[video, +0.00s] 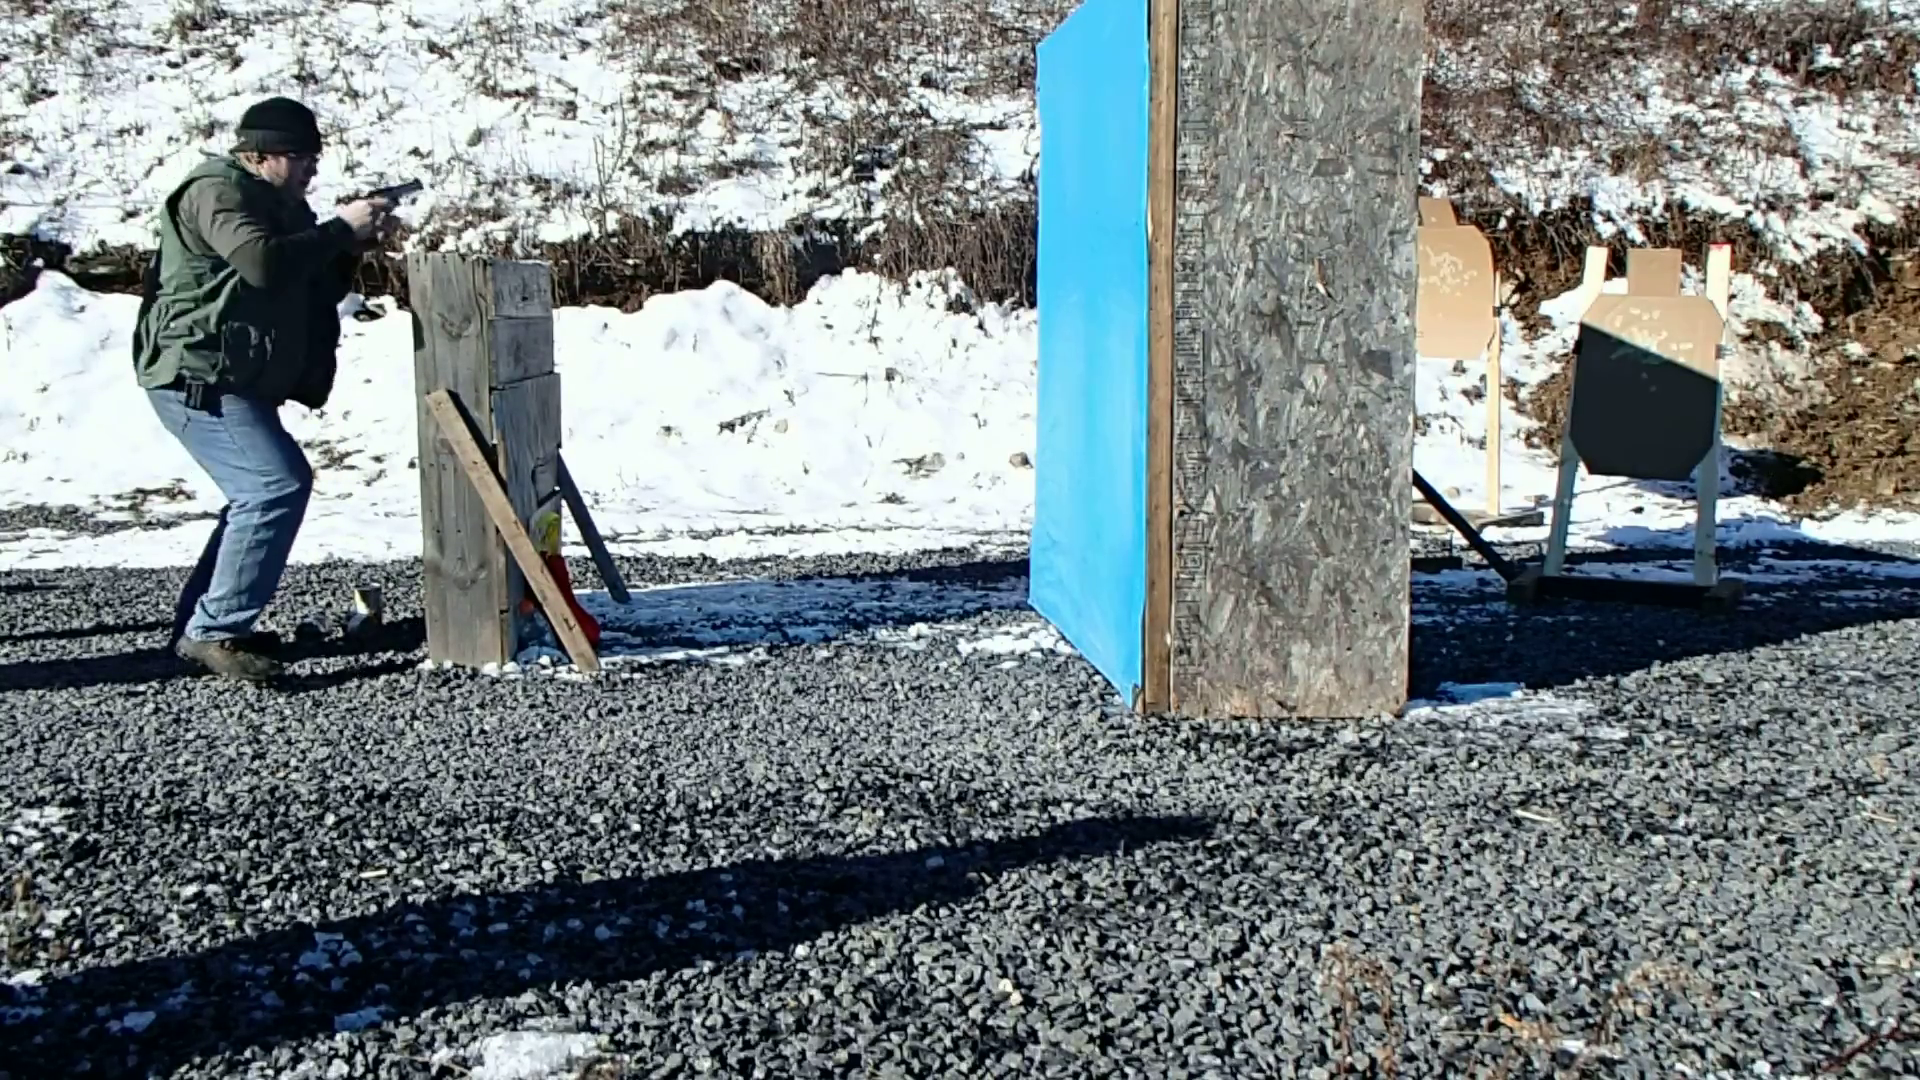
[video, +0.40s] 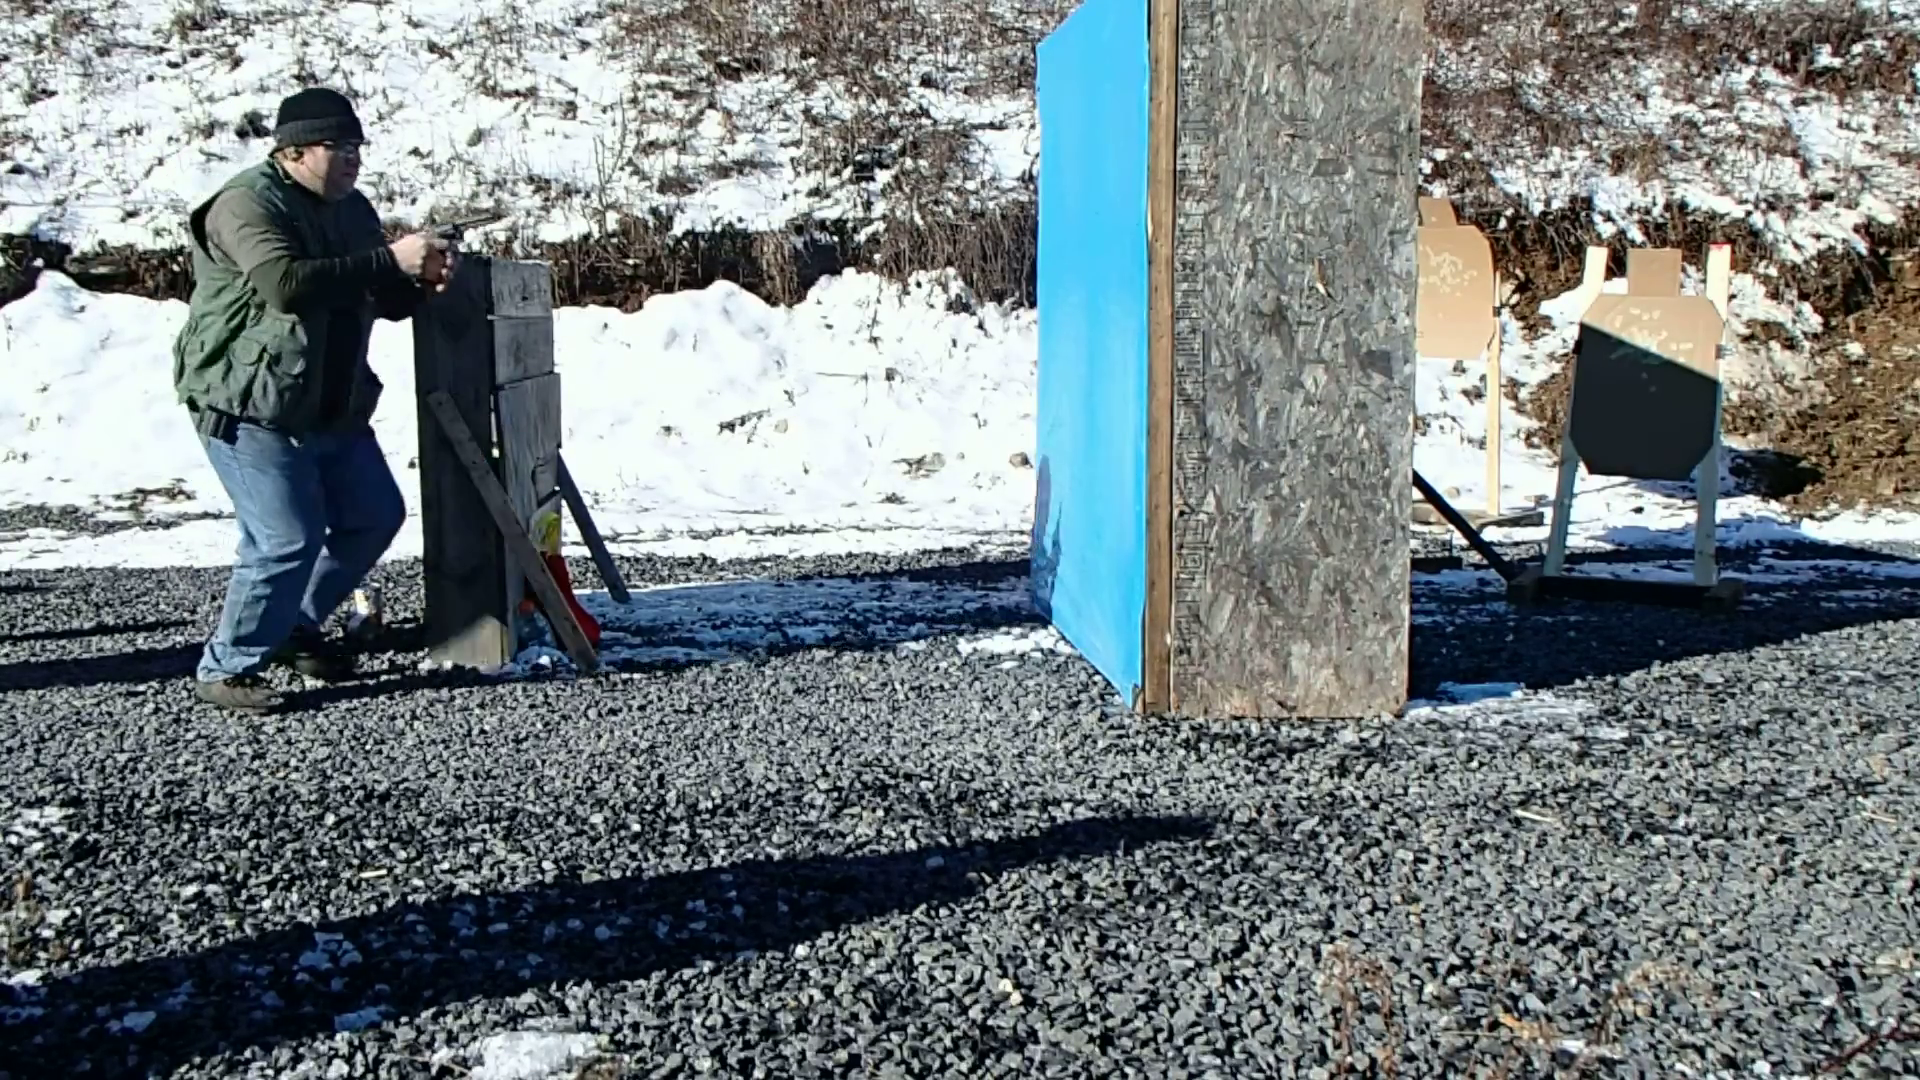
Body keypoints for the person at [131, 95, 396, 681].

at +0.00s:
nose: (312, 173)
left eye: (313, 162)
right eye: (306, 160)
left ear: (267, 156)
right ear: (270, 155)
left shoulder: (283, 207)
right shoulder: (213, 190)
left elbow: (315, 290)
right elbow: (262, 263)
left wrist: (354, 244)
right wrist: (343, 229)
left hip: (236, 379)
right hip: (194, 377)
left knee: (259, 494)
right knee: (280, 482)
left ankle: (201, 626)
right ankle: (218, 630)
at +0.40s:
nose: (356, 159)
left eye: (358, 147)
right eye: (344, 147)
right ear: (299, 151)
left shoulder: (352, 210)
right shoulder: (244, 205)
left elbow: (383, 299)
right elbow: (285, 285)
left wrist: (421, 279)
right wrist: (390, 261)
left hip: (330, 406)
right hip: (250, 409)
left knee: (375, 517)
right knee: (286, 540)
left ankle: (298, 625)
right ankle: (227, 667)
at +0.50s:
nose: (383, 147)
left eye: (385, 135)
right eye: (371, 136)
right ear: (325, 140)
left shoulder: (378, 198)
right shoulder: (276, 192)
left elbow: (414, 281)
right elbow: (330, 271)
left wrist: (456, 258)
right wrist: (435, 255)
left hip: (360, 401)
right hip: (281, 402)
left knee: (411, 512)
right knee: (300, 543)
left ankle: (386, 662)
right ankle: (234, 665)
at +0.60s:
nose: (407, 153)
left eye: (408, 140)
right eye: (396, 141)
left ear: (390, 139)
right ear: (353, 140)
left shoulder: (403, 193)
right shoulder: (303, 188)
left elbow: (457, 262)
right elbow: (373, 255)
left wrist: (508, 256)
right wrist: (482, 242)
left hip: (388, 399)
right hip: (311, 400)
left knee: (436, 525)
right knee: (372, 532)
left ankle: (409, 682)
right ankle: (267, 629)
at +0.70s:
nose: (437, 156)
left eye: (436, 144)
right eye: (426, 145)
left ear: (388, 145)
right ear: (381, 144)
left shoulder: (427, 192)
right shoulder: (330, 196)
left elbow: (490, 245)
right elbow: (422, 244)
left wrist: (555, 244)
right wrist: (538, 234)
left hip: (423, 397)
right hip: (353, 401)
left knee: (476, 515)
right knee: (456, 503)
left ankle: (429, 674)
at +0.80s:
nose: (464, 157)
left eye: (464, 144)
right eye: (452, 146)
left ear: (433, 143)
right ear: (405, 146)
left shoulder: (451, 187)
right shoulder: (362, 201)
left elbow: (518, 219)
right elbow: (465, 229)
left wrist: (609, 221)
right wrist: (589, 222)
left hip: (447, 397)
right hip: (397, 403)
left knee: (483, 531)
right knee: (491, 527)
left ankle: (418, 681)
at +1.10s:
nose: (540, 149)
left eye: (538, 135)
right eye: (531, 135)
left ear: (486, 127)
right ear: (490, 129)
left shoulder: (479, 170)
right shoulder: (446, 181)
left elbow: (586, 189)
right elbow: (566, 199)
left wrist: (693, 194)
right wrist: (690, 193)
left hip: (489, 392)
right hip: (466, 399)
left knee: (537, 529)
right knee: (565, 532)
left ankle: (462, 670)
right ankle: (537, 711)